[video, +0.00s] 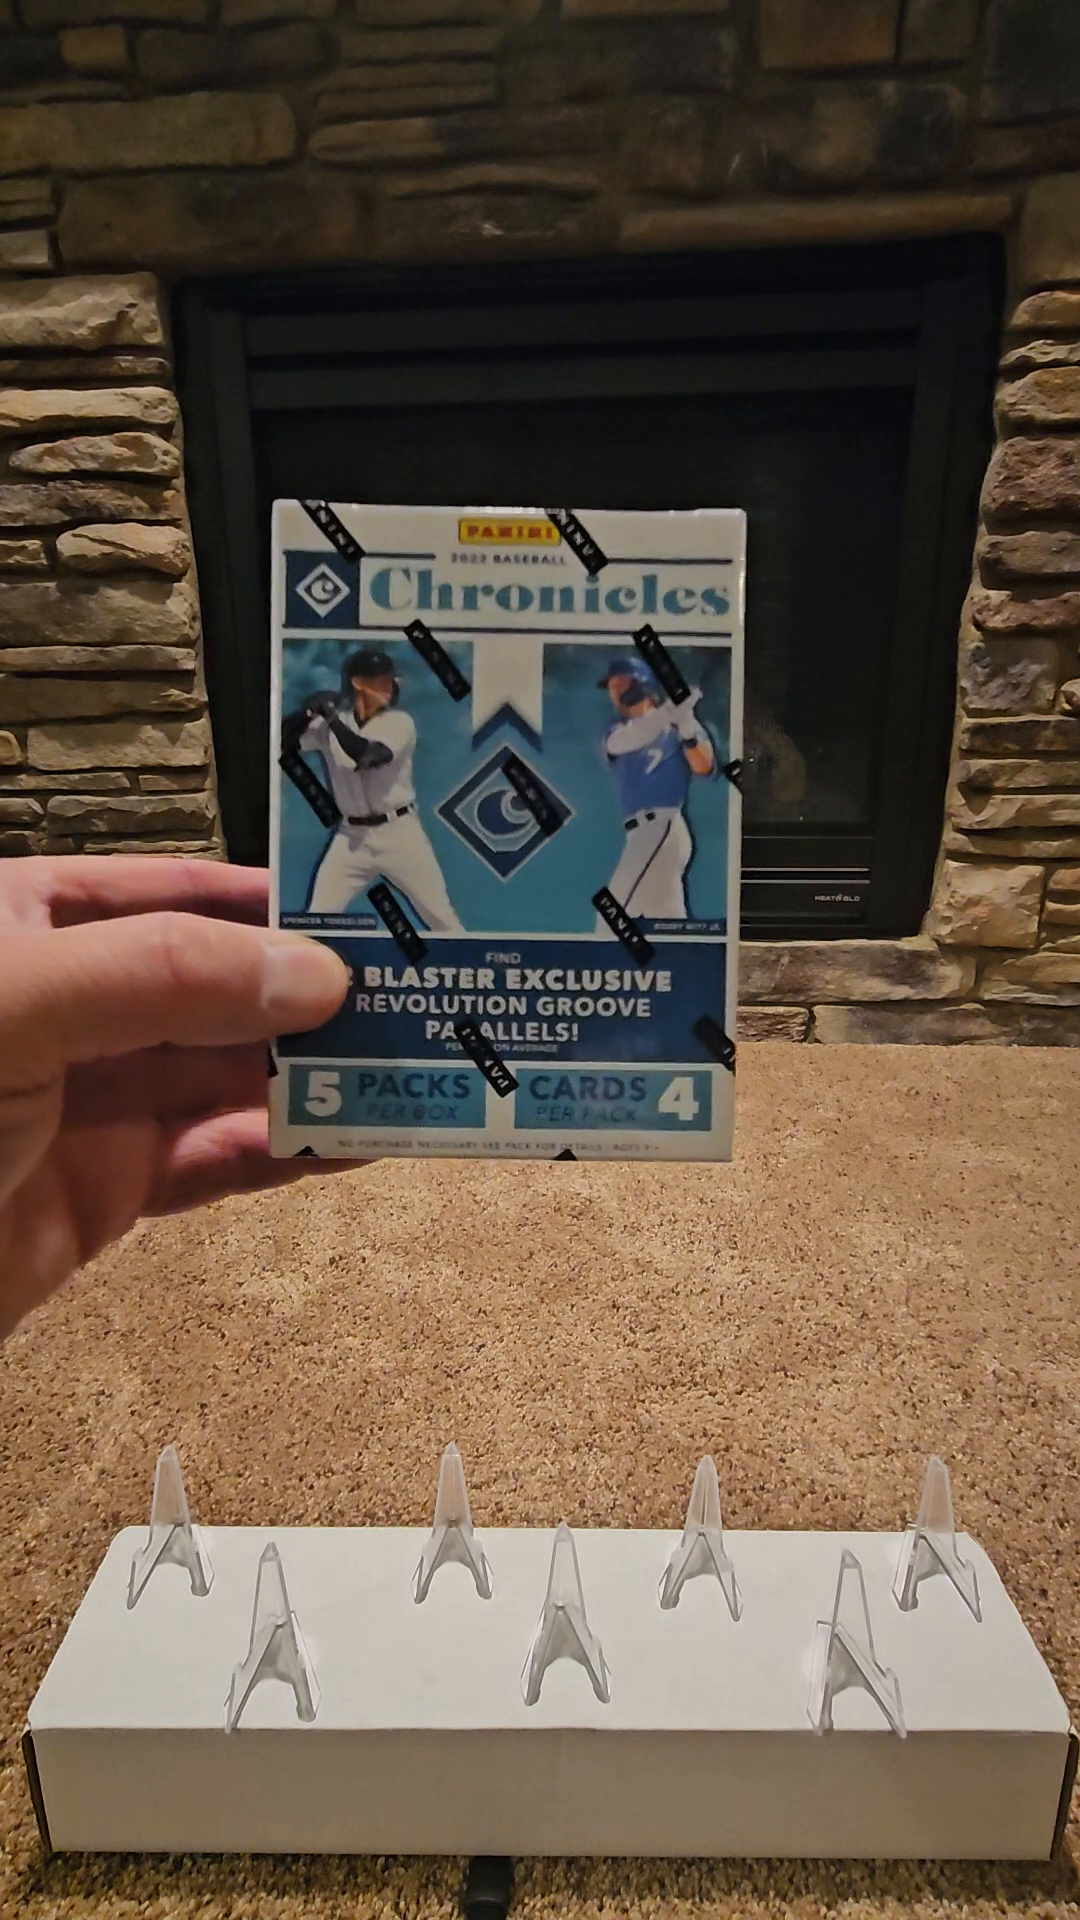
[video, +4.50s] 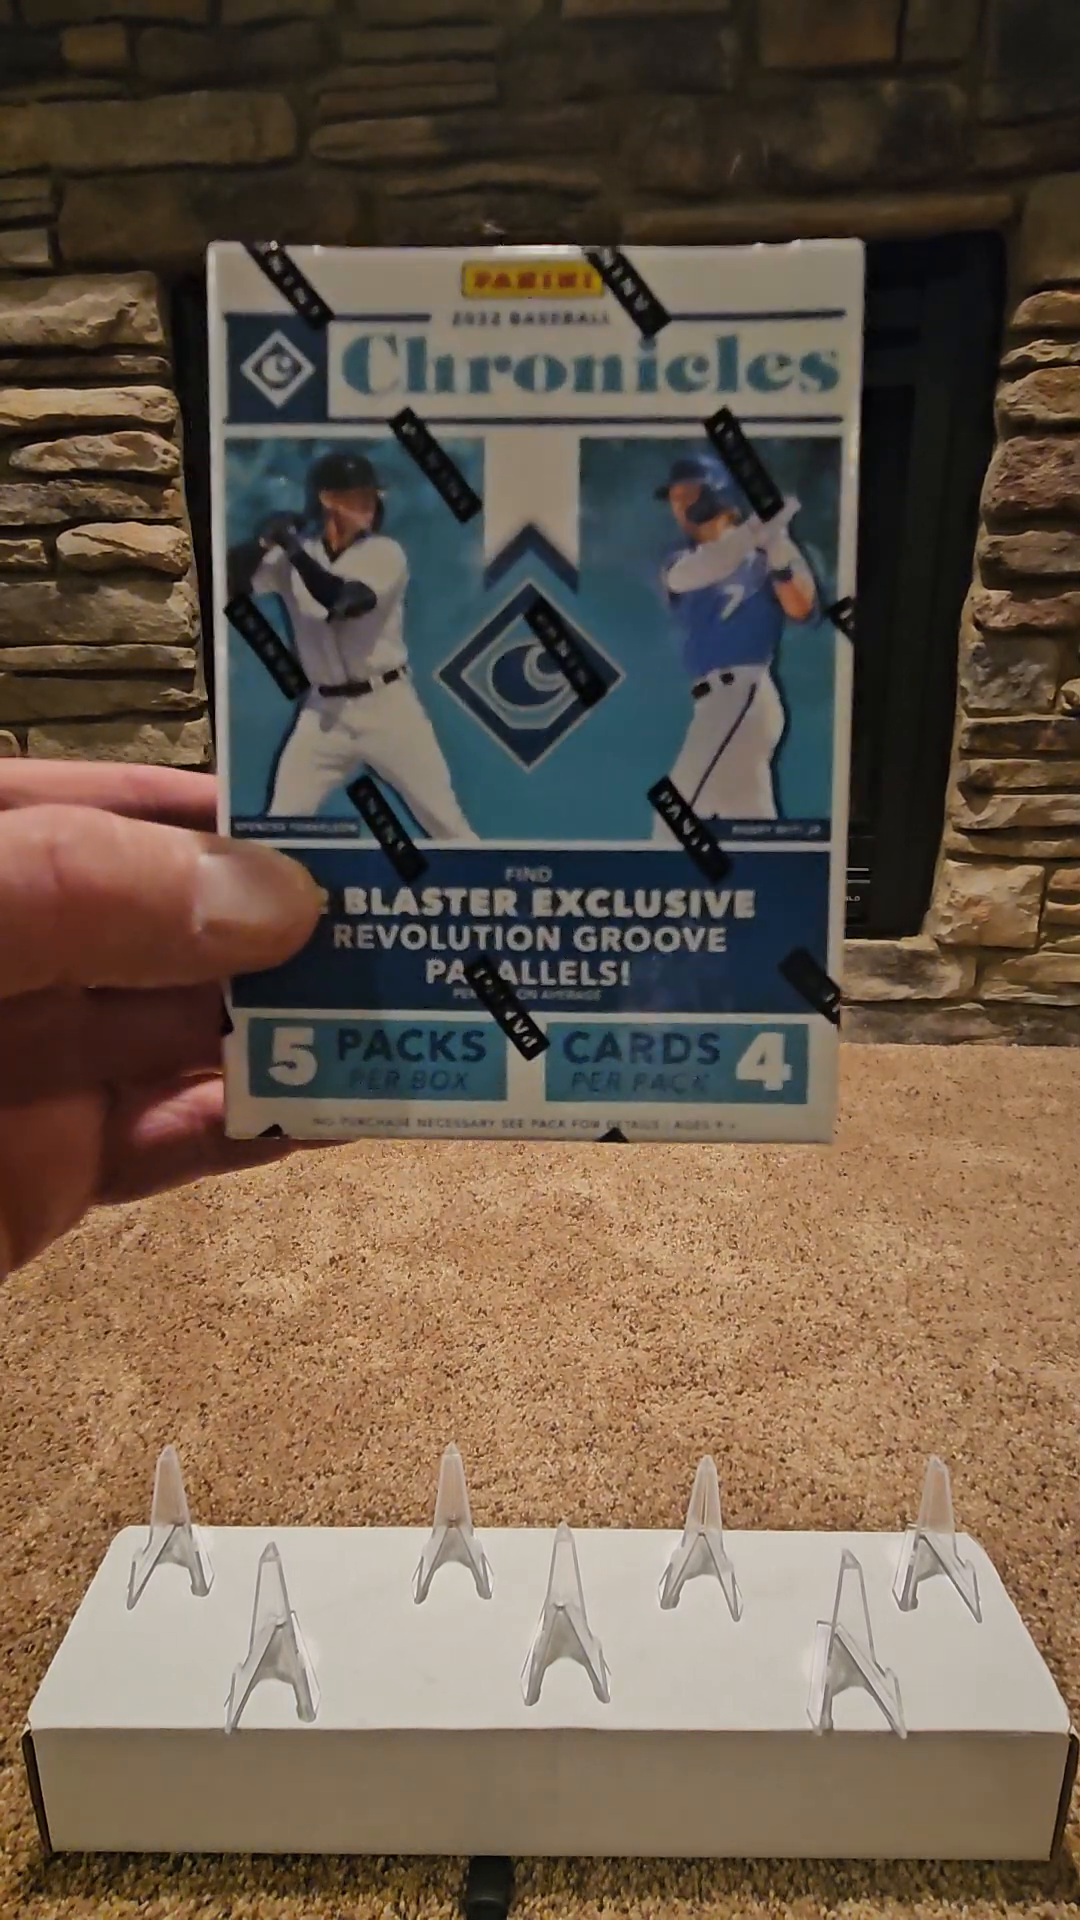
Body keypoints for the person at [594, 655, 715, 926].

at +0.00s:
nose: (614, 693)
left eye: (621, 684)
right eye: (611, 687)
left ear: (641, 685)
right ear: (609, 692)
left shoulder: (679, 723)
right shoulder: (616, 732)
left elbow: (704, 768)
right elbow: (628, 740)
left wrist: (686, 725)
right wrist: (669, 711)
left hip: (663, 830)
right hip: (641, 833)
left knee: (612, 915)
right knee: (670, 927)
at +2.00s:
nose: (607, 693)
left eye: (613, 684)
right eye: (603, 686)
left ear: (633, 686)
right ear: (600, 690)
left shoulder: (673, 721)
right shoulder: (607, 730)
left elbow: (696, 766)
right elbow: (614, 742)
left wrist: (677, 722)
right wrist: (658, 712)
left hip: (655, 829)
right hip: (633, 832)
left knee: (607, 916)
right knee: (665, 925)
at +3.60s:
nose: (619, 660)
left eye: (627, 649)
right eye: (615, 652)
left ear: (649, 650)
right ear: (610, 657)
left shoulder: (689, 690)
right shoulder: (616, 700)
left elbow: (715, 740)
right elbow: (628, 712)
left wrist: (698, 693)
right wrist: (674, 681)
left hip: (671, 809)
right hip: (645, 813)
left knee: (616, 907)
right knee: (678, 918)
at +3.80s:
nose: (600, 614)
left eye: (608, 603)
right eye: (595, 605)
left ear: (629, 602)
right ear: (589, 610)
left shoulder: (670, 643)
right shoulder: (595, 655)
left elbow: (698, 696)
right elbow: (624, 658)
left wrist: (679, 648)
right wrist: (660, 627)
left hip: (652, 768)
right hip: (625, 771)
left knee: (594, 868)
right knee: (659, 880)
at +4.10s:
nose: (622, 558)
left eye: (630, 547)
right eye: (617, 550)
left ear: (656, 549)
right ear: (613, 556)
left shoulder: (699, 592)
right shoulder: (622, 606)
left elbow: (732, 649)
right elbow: (642, 614)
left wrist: (710, 594)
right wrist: (682, 583)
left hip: (682, 727)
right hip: (653, 731)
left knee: (621, 835)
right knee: (693, 848)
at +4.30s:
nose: (644, 525)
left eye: (653, 513)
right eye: (641, 516)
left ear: (681, 514)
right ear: (638, 521)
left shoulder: (735, 562)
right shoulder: (652, 575)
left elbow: (765, 621)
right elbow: (655, 590)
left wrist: (742, 562)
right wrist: (718, 546)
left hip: (711, 704)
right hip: (682, 709)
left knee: (647, 819)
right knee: (721, 833)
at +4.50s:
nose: (679, 509)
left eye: (688, 496)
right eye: (674, 500)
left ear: (717, 497)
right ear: (670, 506)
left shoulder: (769, 547)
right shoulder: (680, 562)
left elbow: (801, 609)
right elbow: (698, 572)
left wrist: (777, 546)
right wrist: (757, 528)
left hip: (744, 697)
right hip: (713, 702)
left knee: (676, 816)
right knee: (753, 832)